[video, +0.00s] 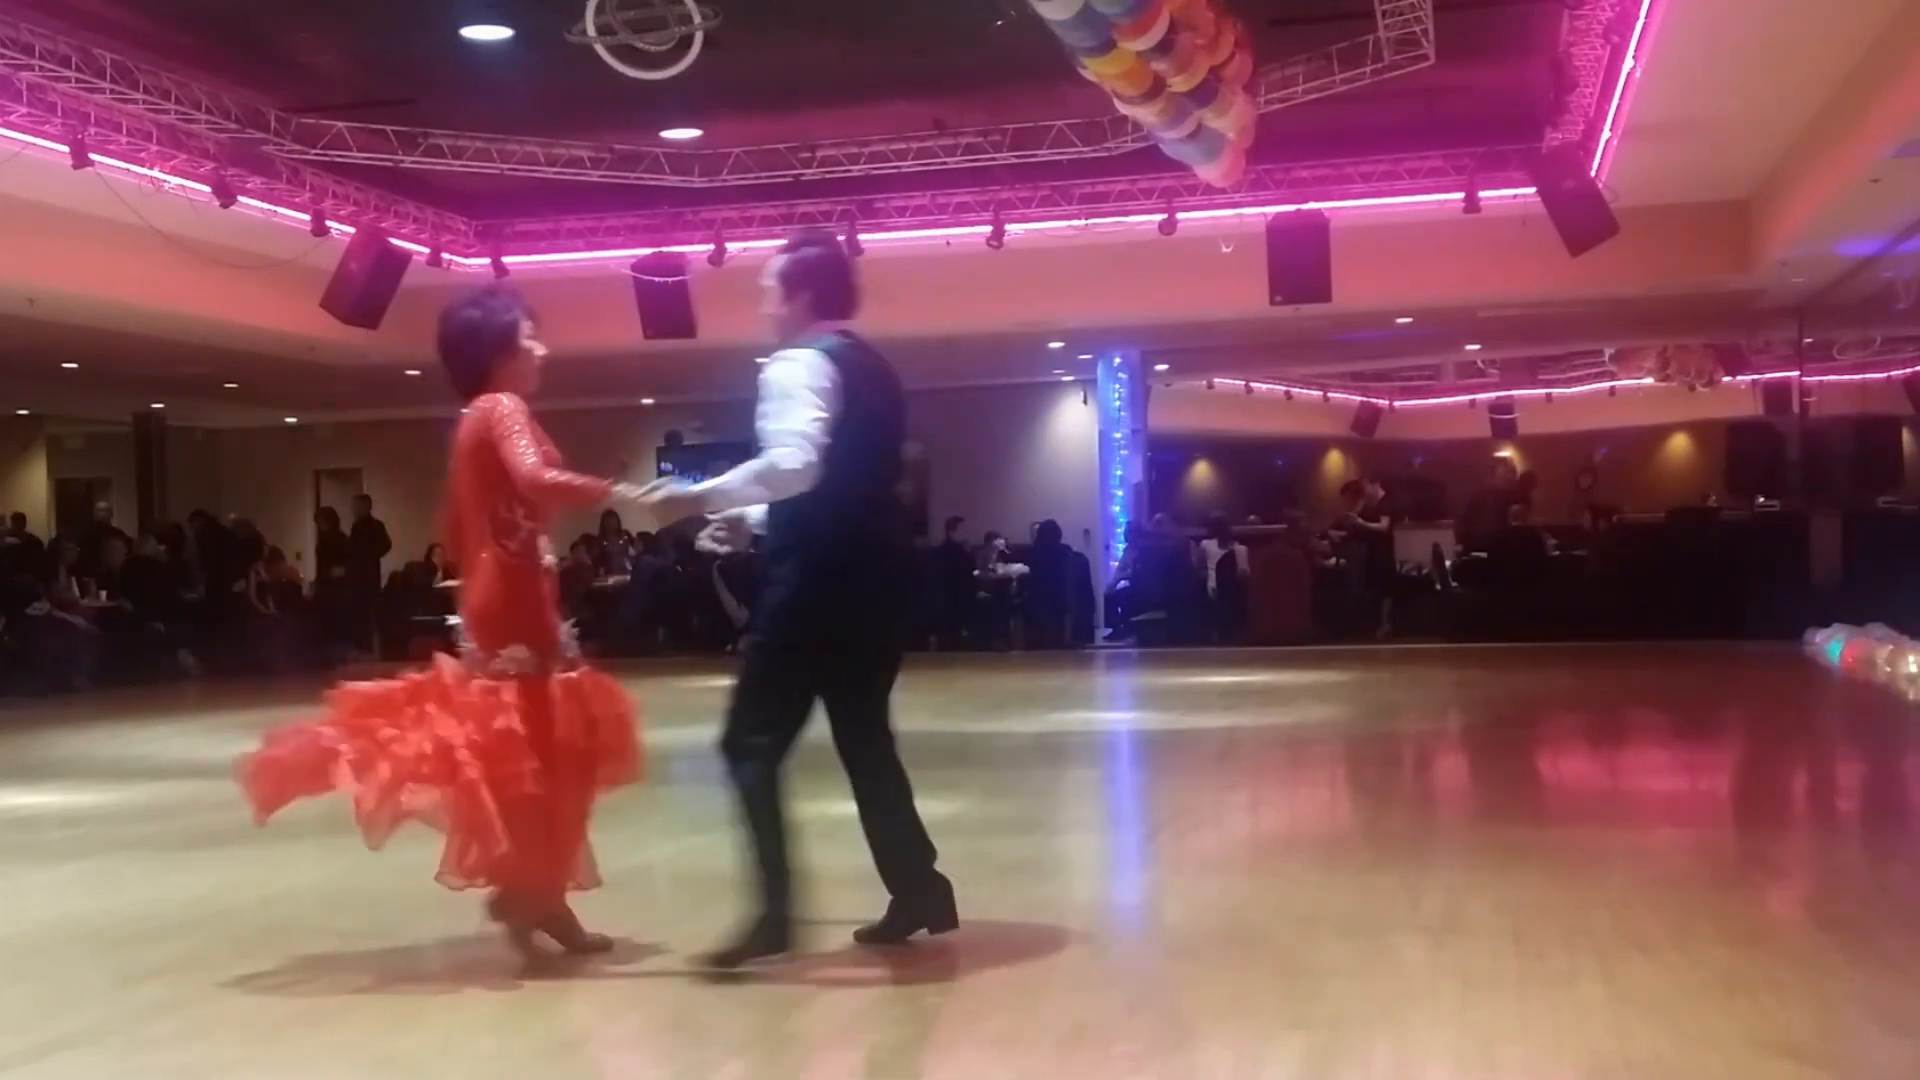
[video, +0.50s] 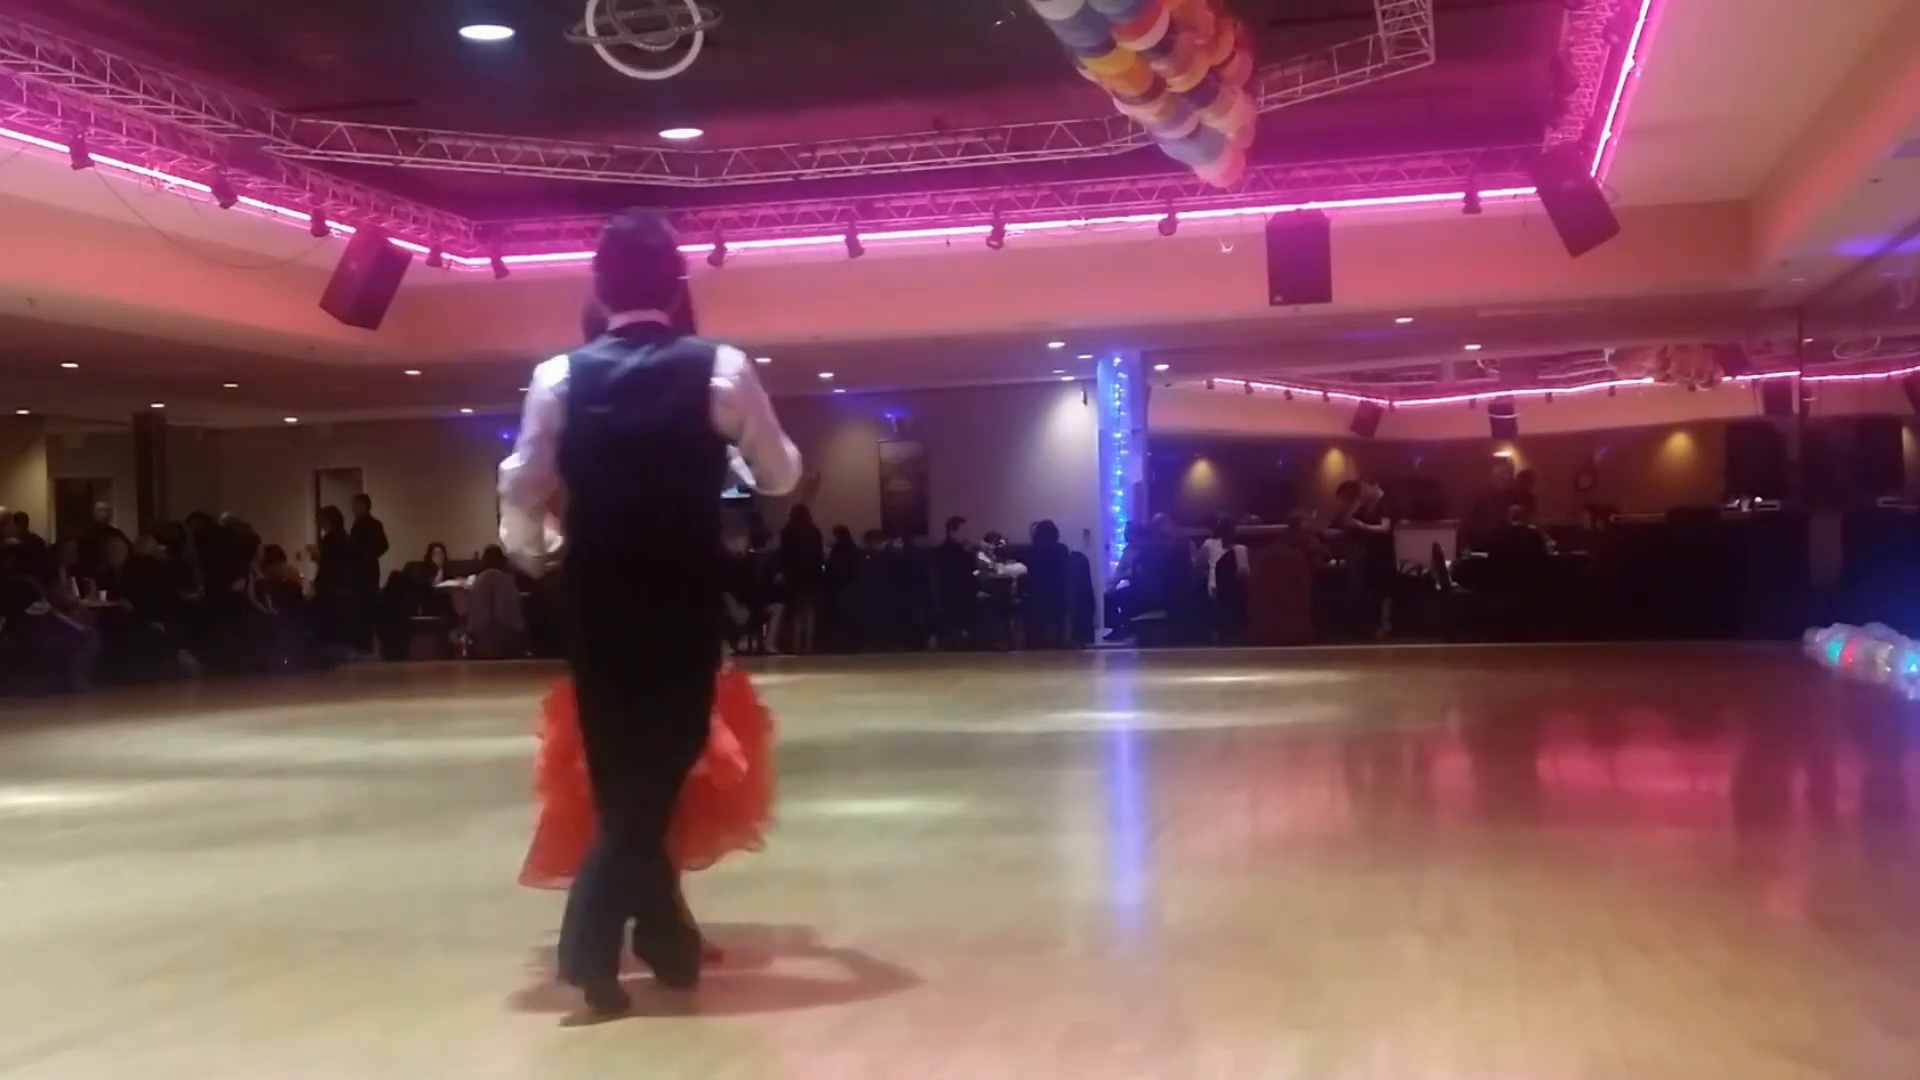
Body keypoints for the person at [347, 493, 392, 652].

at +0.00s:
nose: (355, 509)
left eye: (358, 505)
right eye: (354, 505)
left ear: (366, 506)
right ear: (357, 507)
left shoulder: (376, 525)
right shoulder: (356, 526)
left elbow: (386, 544)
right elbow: (353, 547)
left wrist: (373, 555)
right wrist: (352, 559)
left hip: (371, 574)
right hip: (356, 574)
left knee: (370, 611)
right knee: (358, 611)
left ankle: (368, 646)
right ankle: (360, 646)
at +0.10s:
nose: (354, 509)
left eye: (357, 505)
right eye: (354, 505)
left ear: (365, 506)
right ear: (356, 507)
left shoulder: (375, 525)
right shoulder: (356, 525)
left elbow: (385, 544)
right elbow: (353, 546)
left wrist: (371, 556)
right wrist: (352, 561)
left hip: (370, 572)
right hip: (356, 572)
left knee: (369, 608)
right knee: (358, 608)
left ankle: (367, 645)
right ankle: (361, 645)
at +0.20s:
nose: (354, 509)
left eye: (357, 505)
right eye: (354, 505)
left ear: (365, 506)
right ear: (356, 506)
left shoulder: (375, 524)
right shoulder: (355, 525)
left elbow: (384, 544)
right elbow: (352, 546)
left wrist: (371, 555)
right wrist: (351, 560)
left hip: (369, 572)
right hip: (356, 572)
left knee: (368, 610)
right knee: (358, 609)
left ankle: (367, 647)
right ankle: (360, 647)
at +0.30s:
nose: (354, 509)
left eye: (357, 505)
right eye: (354, 505)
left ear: (364, 506)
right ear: (356, 506)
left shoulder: (374, 525)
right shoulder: (356, 525)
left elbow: (383, 545)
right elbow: (353, 546)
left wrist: (369, 556)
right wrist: (351, 558)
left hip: (369, 572)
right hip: (357, 572)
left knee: (368, 608)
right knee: (359, 608)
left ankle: (367, 646)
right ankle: (361, 646)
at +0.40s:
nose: (354, 509)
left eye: (357, 505)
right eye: (354, 505)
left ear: (364, 506)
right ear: (357, 506)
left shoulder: (374, 524)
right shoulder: (356, 525)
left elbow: (383, 545)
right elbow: (353, 546)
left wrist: (369, 555)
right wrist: (352, 557)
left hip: (369, 571)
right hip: (357, 571)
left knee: (368, 607)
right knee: (359, 607)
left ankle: (367, 645)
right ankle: (361, 645)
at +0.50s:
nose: (354, 508)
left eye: (357, 505)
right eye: (354, 505)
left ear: (364, 506)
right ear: (358, 506)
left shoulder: (374, 524)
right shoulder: (356, 525)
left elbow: (383, 545)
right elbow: (353, 545)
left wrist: (370, 555)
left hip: (369, 571)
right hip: (357, 570)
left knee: (368, 607)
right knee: (359, 606)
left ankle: (366, 645)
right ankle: (361, 644)